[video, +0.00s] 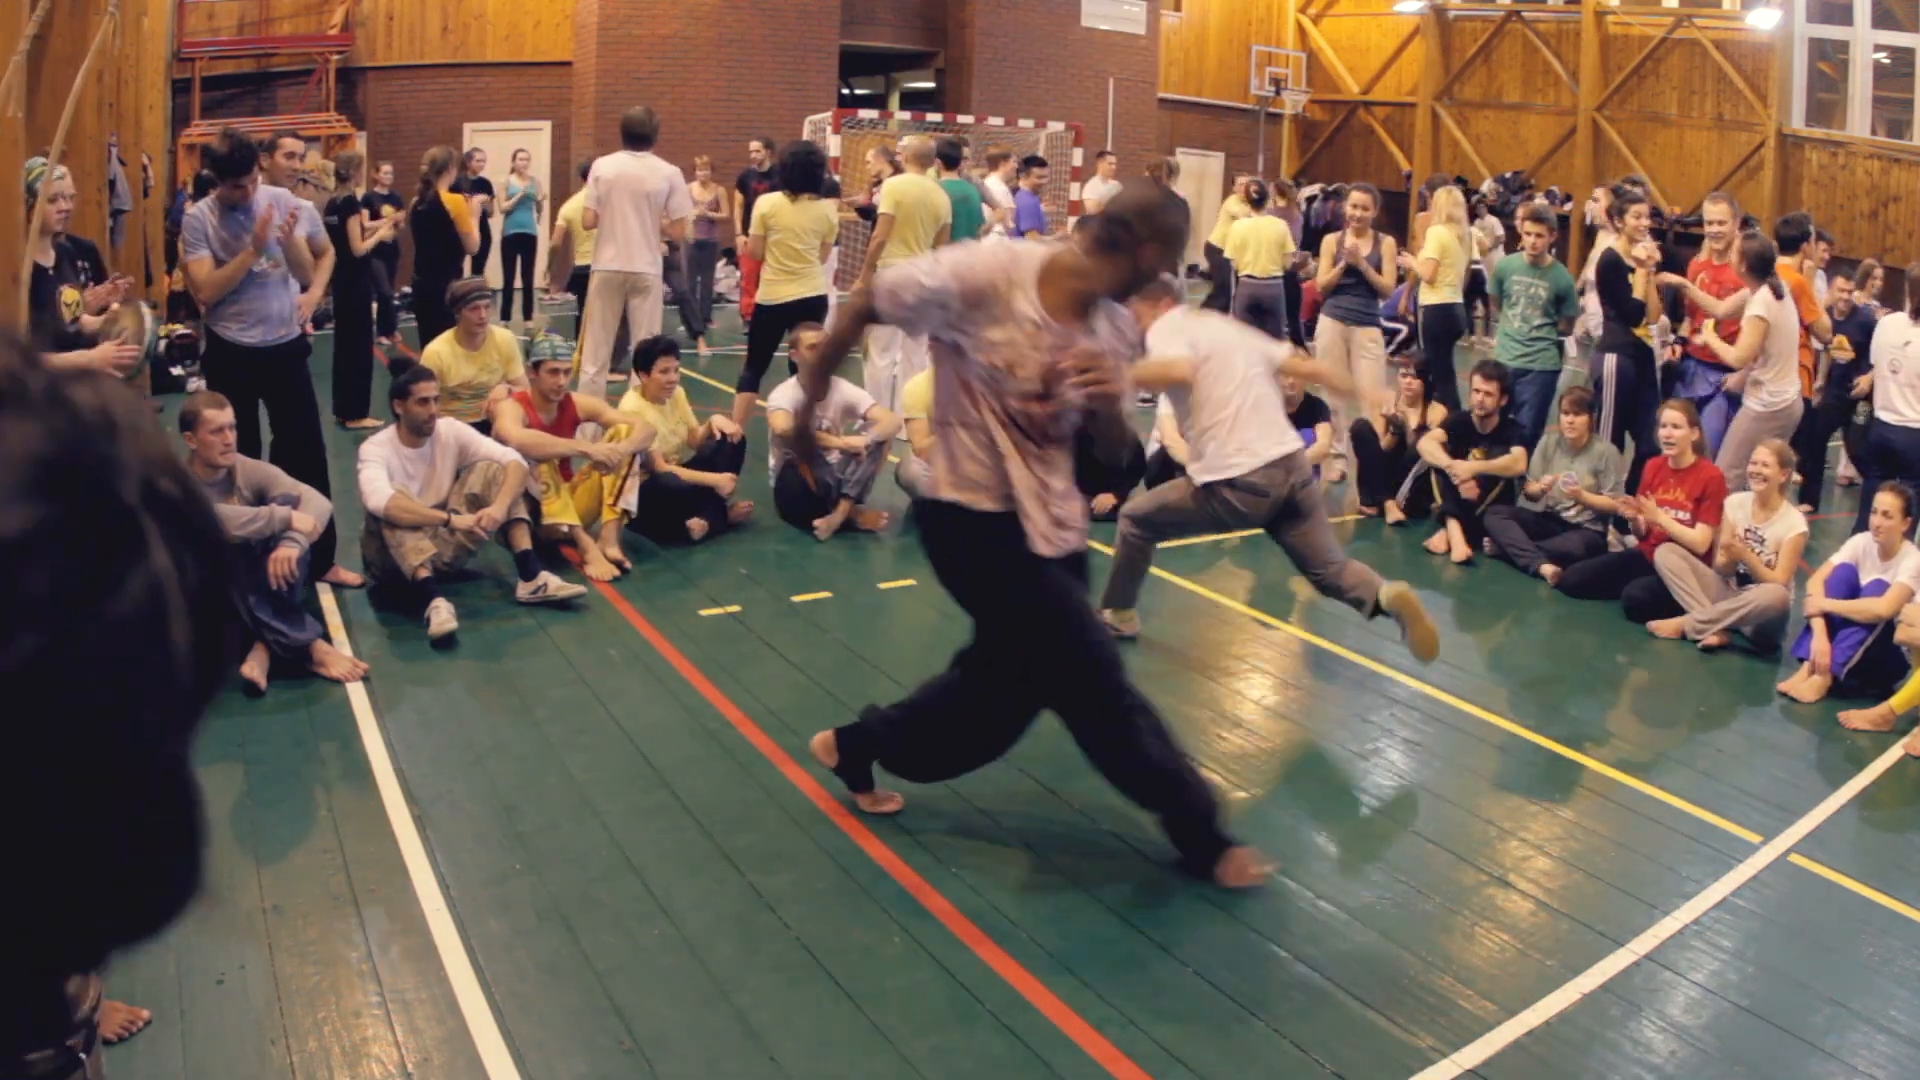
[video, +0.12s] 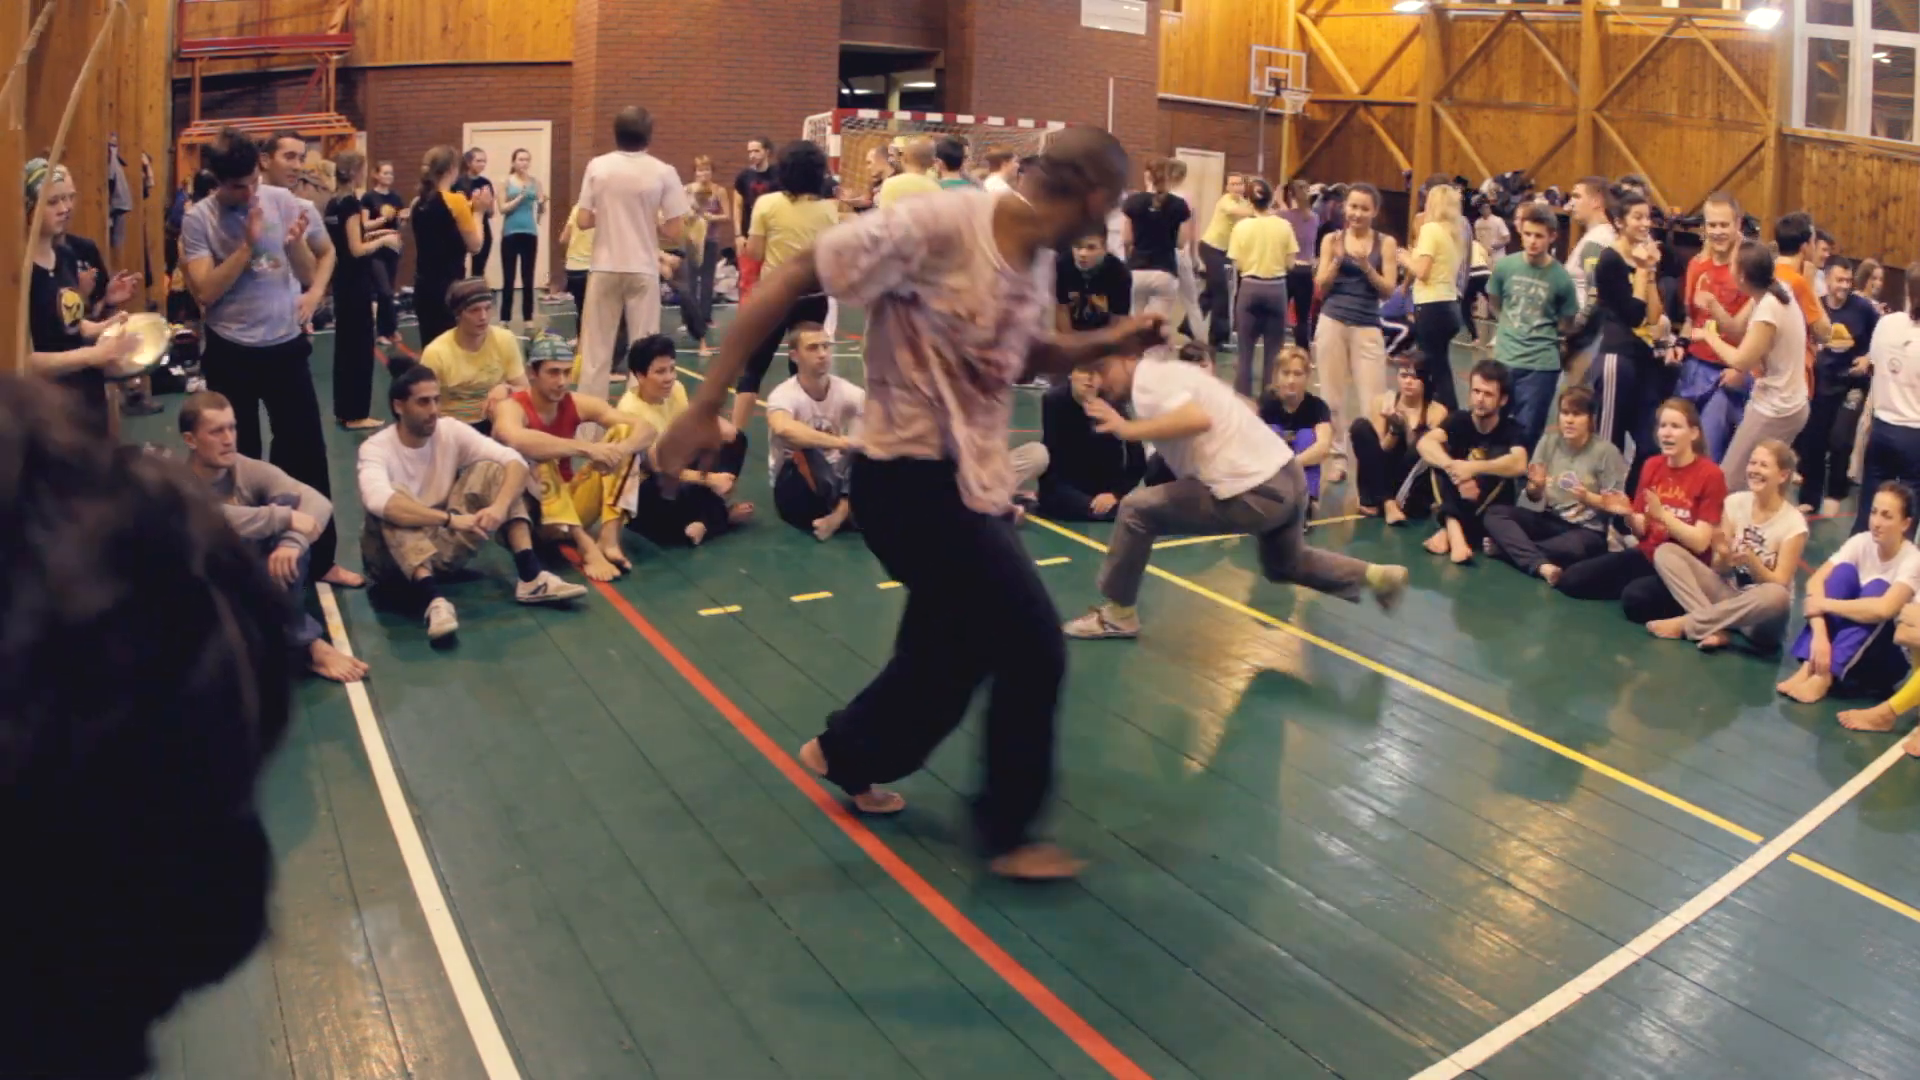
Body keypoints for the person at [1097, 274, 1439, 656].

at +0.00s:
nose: (1134, 319)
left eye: (1134, 311)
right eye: (1133, 312)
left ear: (1149, 302)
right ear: (1175, 297)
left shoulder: (1165, 328)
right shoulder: (1229, 326)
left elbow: (1180, 371)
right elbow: (1308, 366)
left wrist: (1120, 376)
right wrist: (1354, 394)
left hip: (1240, 481)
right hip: (1292, 468)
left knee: (1138, 516)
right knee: (1330, 569)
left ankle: (1118, 612)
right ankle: (1386, 597)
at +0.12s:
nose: (1098, 384)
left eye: (1101, 372)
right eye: (1093, 377)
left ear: (1124, 358)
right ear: (1132, 356)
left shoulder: (1148, 382)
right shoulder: (1175, 370)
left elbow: (1196, 419)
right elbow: (1241, 410)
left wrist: (1128, 429)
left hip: (1256, 494)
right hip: (1287, 477)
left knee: (1139, 509)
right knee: (1284, 565)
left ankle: (1118, 613)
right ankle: (1376, 577)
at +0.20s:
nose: (1105, 415)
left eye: (1109, 401)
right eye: (1099, 406)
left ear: (1137, 388)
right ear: (1140, 391)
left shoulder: (1164, 406)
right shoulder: (1174, 400)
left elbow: (1223, 436)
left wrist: (1157, 452)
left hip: (1276, 499)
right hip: (1289, 491)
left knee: (1163, 508)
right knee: (1245, 543)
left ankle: (1119, 610)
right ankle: (1327, 573)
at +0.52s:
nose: (1223, 464)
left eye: (1232, 457)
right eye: (1221, 454)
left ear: (1259, 450)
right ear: (1220, 442)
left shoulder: (1299, 475)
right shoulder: (1222, 443)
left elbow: (1361, 521)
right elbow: (1180, 461)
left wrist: (1387, 579)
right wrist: (1130, 477)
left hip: (1324, 531)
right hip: (1272, 517)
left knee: (1256, 552)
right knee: (1205, 539)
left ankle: (1179, 615)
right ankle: (1275, 579)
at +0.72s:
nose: (1322, 454)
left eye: (1336, 456)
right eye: (1326, 443)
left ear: (1356, 459)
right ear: (1328, 429)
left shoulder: (1373, 484)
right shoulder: (1311, 421)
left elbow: (1385, 565)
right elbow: (1258, 395)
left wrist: (1381, 630)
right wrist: (1234, 376)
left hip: (1343, 540)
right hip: (1297, 511)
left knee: (1285, 563)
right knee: (1213, 538)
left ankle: (1206, 625)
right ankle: (1288, 574)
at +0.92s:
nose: (1455, 521)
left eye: (1463, 524)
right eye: (1462, 512)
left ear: (1464, 528)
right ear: (1458, 486)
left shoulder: (1430, 531)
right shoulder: (1429, 451)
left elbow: (1397, 576)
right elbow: (1480, 482)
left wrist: (1381, 632)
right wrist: (1535, 520)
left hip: (1335, 519)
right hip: (1297, 480)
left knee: (1336, 567)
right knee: (1199, 535)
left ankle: (1274, 661)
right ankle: (1225, 534)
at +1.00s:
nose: (1480, 568)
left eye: (1484, 566)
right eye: (1484, 561)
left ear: (1468, 548)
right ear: (1481, 536)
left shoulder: (1435, 542)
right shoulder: (1460, 492)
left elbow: (1398, 579)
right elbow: (1495, 562)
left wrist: (1380, 634)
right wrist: (1535, 621)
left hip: (1336, 519)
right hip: (1308, 477)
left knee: (1354, 584)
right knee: (1239, 560)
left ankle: (1280, 671)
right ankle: (1169, 569)